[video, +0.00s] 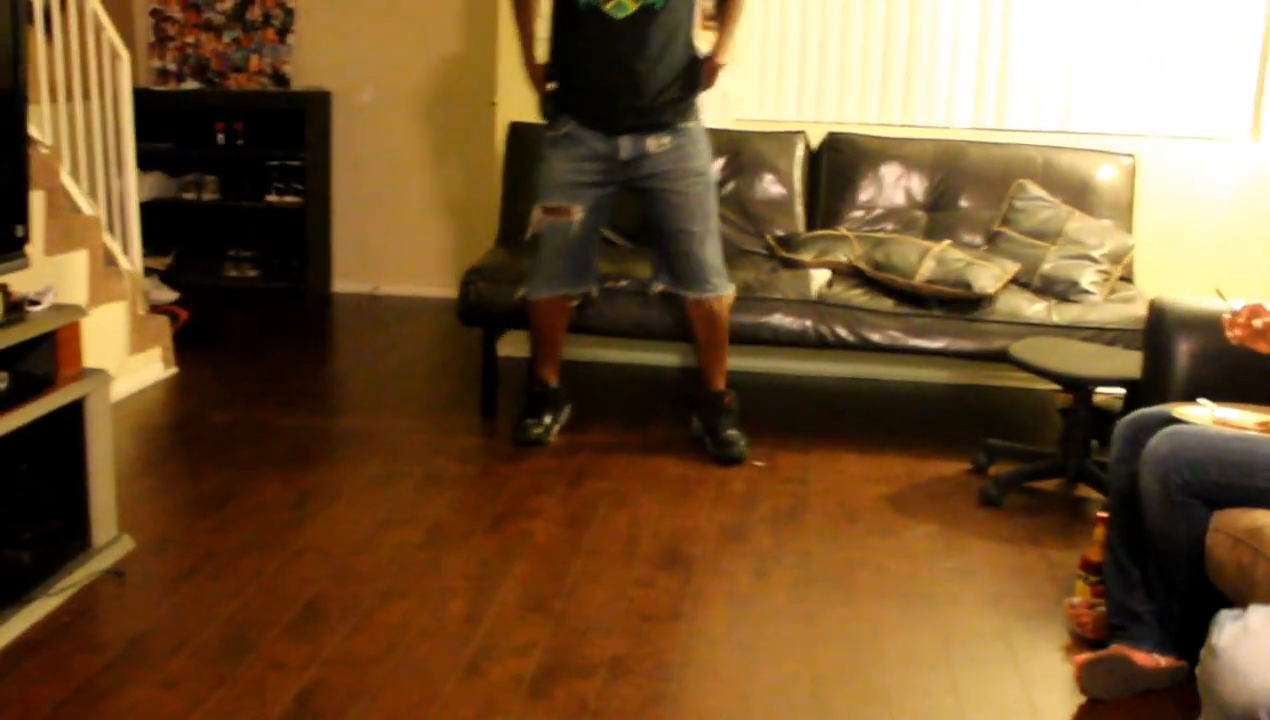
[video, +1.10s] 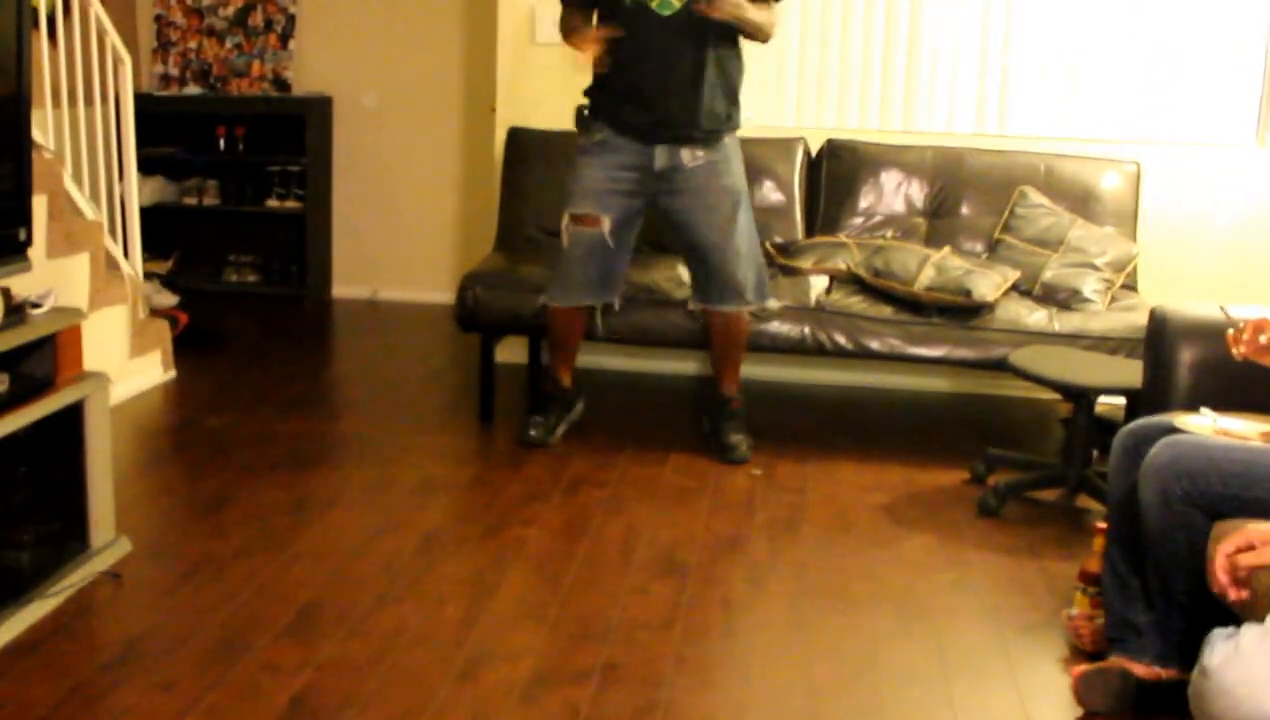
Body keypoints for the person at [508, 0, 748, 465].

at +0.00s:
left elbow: (731, 2)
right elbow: (522, 0)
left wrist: (717, 57)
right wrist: (532, 63)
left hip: (672, 125)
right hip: (577, 125)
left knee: (706, 279)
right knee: (552, 273)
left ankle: (717, 403)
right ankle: (545, 391)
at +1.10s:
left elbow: (766, 24)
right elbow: (572, 16)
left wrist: (733, 11)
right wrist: (580, 33)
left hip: (706, 138)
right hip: (614, 135)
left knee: (731, 280)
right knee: (575, 271)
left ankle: (727, 405)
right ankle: (560, 392)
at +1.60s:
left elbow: (777, 8)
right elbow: (549, 6)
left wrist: (749, 17)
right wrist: (550, 29)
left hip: (708, 138)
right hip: (616, 135)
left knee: (732, 288)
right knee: (579, 279)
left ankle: (737, 410)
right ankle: (565, 400)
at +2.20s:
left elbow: (741, 43)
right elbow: (559, 29)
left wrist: (694, 5)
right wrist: (629, 1)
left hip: (700, 141)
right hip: (606, 140)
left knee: (730, 288)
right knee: (573, 279)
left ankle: (740, 410)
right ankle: (568, 406)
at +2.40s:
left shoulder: (742, 1)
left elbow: (814, 29)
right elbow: (560, 41)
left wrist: (790, 14)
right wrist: (581, 8)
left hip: (727, 155)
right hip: (633, 153)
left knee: (749, 301)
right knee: (595, 288)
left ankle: (751, 421)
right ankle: (576, 418)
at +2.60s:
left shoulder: (749, 5)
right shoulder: (612, 4)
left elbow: (764, 93)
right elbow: (621, 94)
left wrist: (768, 37)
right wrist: (596, 85)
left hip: (725, 189)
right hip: (634, 184)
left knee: (752, 336)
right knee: (595, 317)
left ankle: (753, 460)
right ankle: (576, 452)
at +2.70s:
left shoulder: (746, 21)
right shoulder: (609, 23)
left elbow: (765, 120)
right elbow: (587, 117)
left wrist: (719, 69)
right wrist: (637, 118)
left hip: (713, 226)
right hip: (623, 223)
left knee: (741, 374)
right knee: (594, 354)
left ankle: (750, 497)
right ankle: (578, 493)